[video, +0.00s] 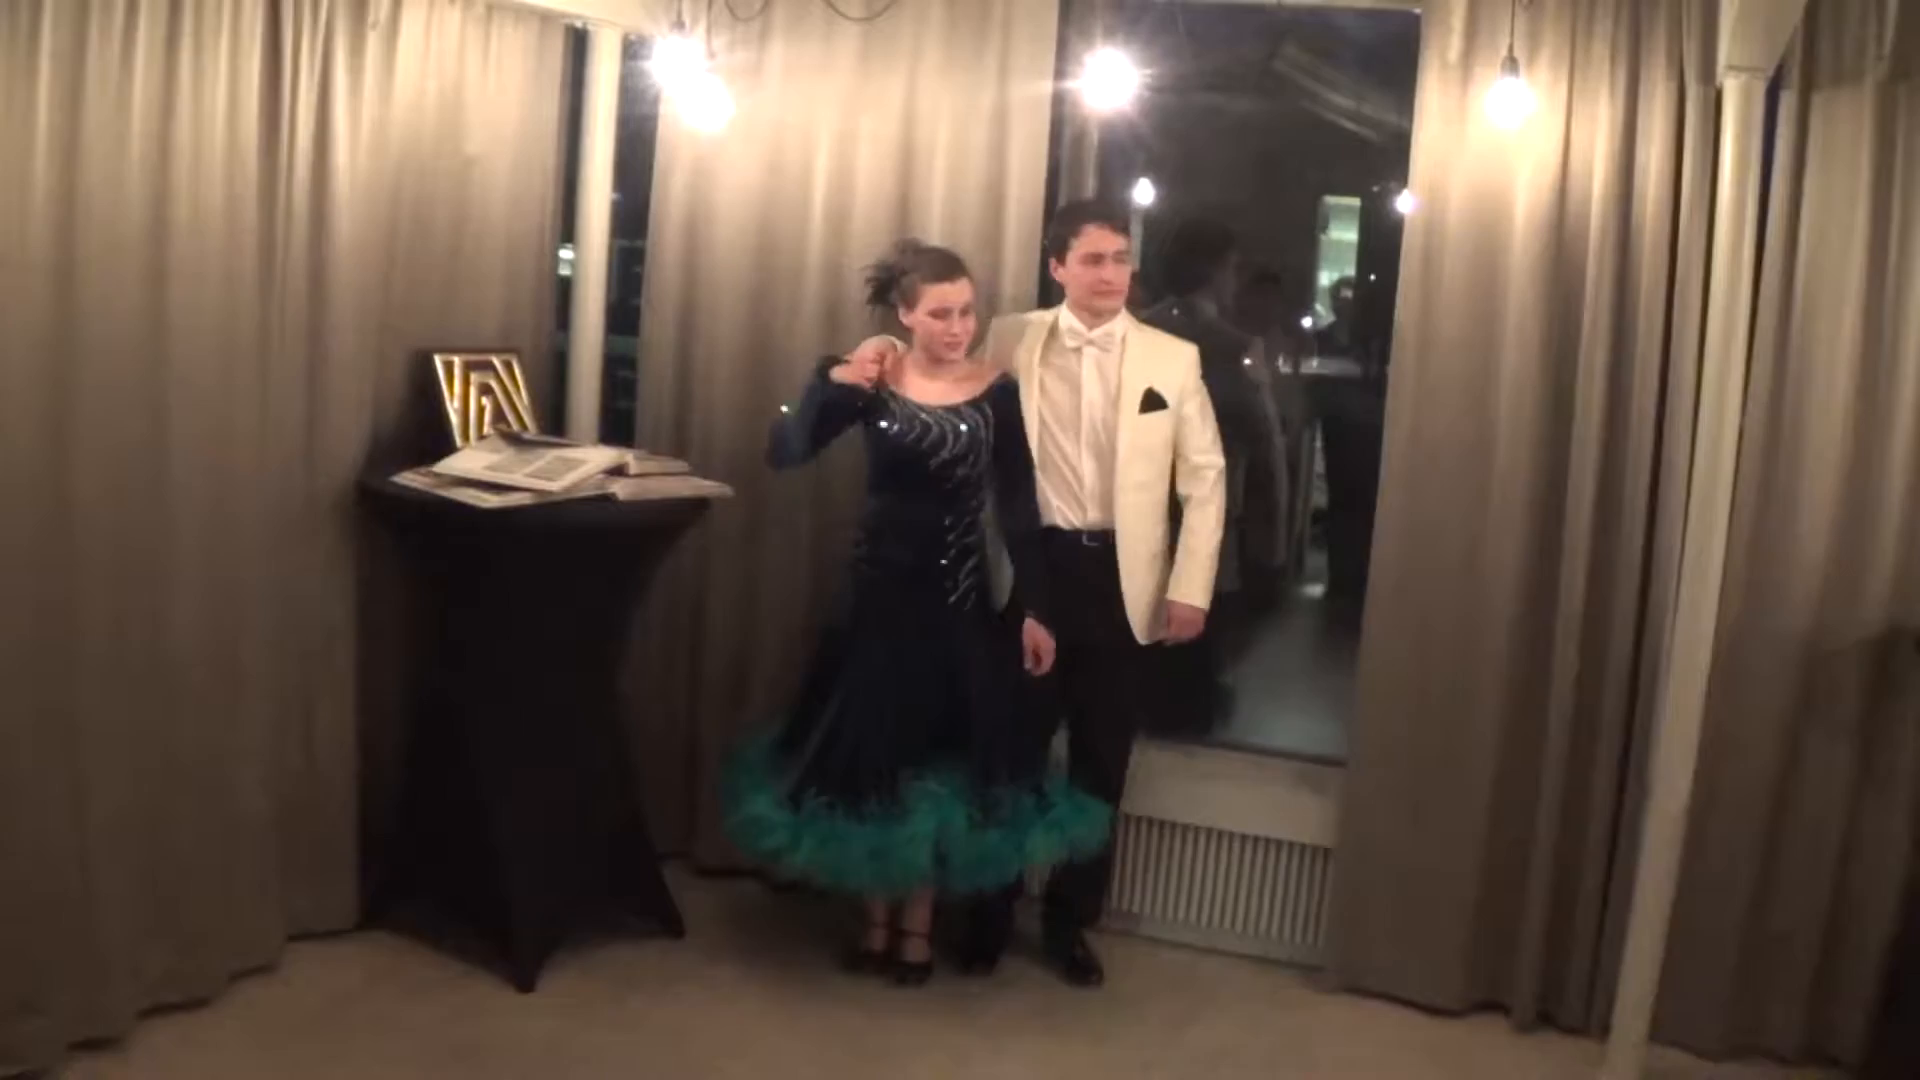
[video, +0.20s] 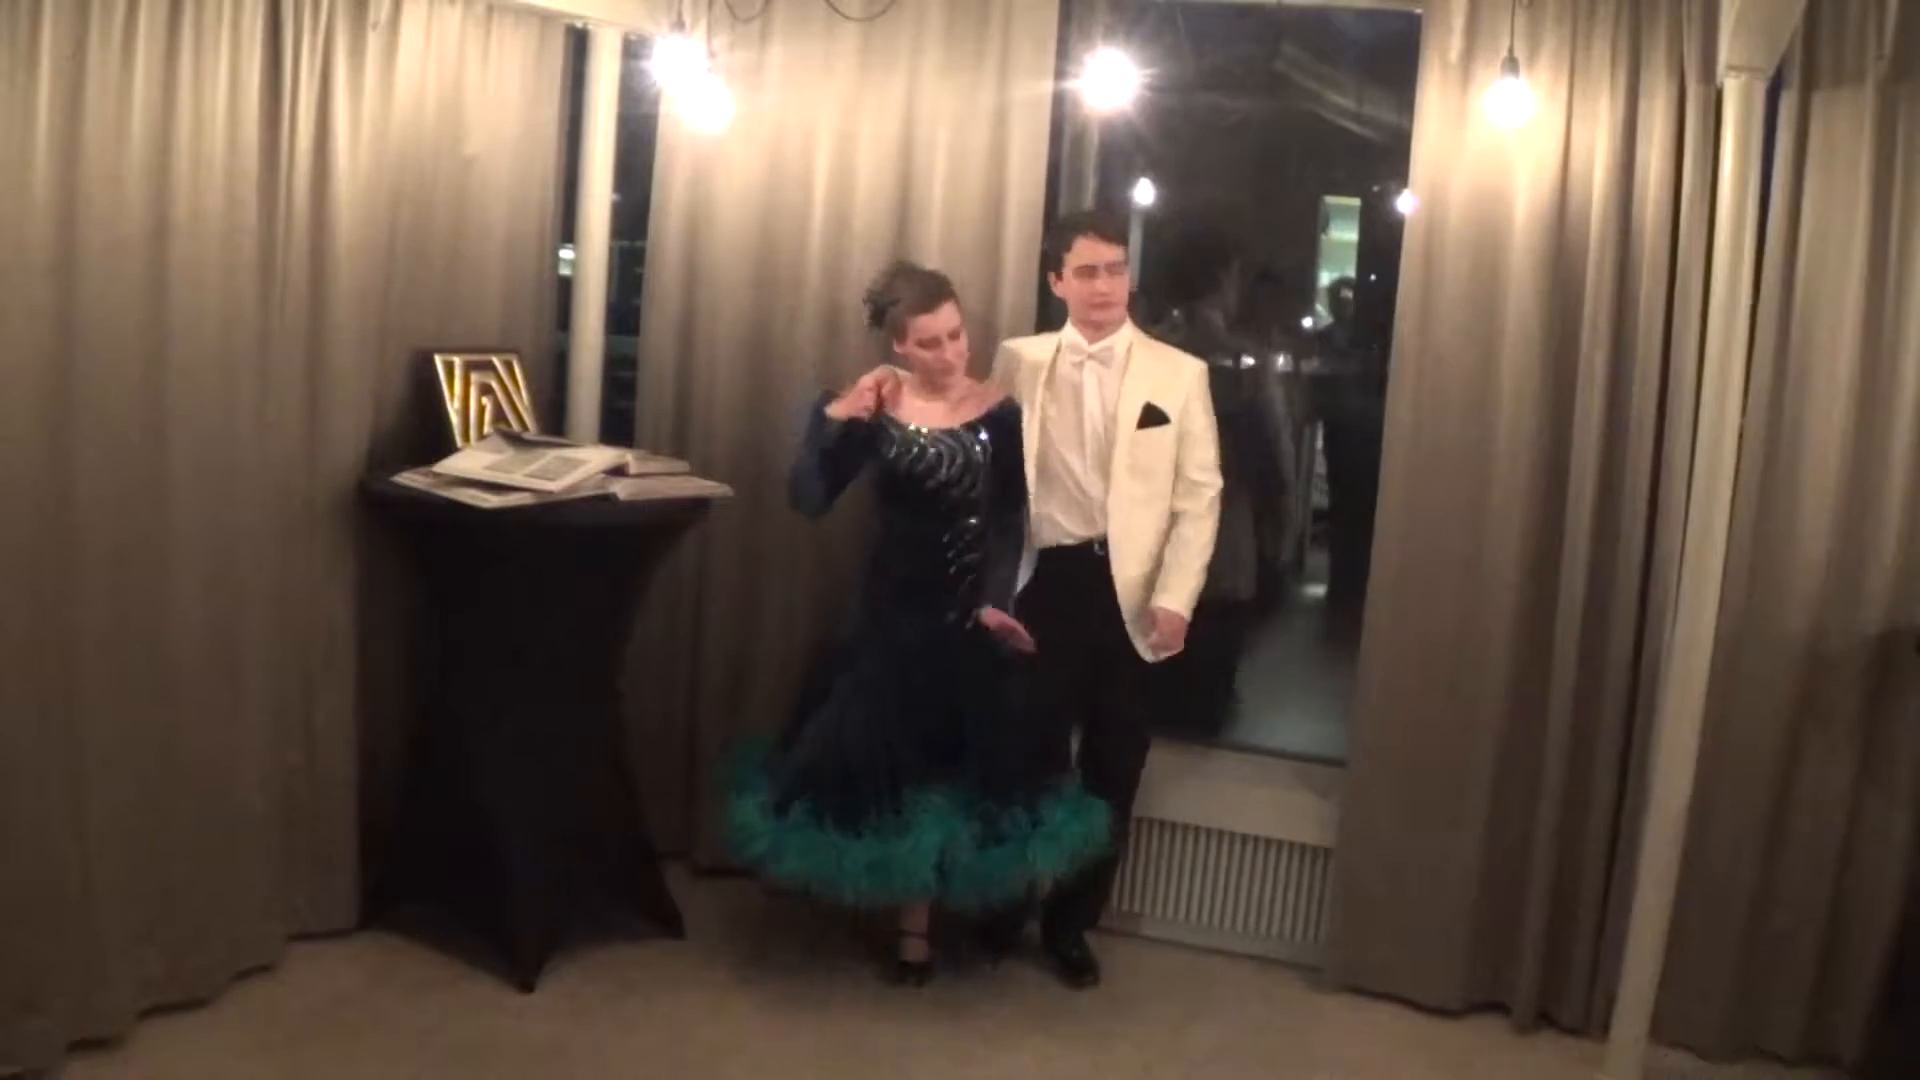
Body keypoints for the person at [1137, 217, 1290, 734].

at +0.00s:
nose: (1236, 281)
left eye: (1235, 269)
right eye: (1232, 269)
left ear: (1166, 266)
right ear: (1217, 273)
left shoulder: (1134, 332)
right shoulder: (1228, 347)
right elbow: (1263, 450)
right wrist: (1269, 548)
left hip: (1137, 499)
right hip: (1205, 508)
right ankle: (1193, 698)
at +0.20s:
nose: (1241, 284)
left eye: (1239, 273)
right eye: (1237, 273)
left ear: (1171, 275)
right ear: (1221, 277)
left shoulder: (1145, 346)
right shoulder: (1236, 355)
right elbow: (1264, 458)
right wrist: (1275, 526)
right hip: (1220, 514)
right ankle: (1207, 702)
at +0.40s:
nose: (1244, 280)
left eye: (1242, 272)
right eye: (1242, 271)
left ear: (1181, 273)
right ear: (1233, 273)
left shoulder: (1153, 341)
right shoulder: (1265, 347)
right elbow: (1301, 431)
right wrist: (1290, 492)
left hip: (1166, 485)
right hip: (1241, 490)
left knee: (1171, 594)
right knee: (1242, 595)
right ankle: (1217, 683)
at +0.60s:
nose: (1248, 283)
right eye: (1248, 274)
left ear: (1188, 274)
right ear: (1244, 275)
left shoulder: (1160, 341)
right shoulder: (1276, 348)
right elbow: (1317, 429)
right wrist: (1298, 473)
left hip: (1172, 490)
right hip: (1251, 497)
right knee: (1255, 594)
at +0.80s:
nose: (1264, 286)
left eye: (1261, 276)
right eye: (1262, 276)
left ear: (1198, 277)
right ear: (1253, 279)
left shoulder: (1170, 344)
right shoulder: (1281, 351)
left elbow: (1146, 430)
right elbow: (1310, 432)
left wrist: (1148, 490)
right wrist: (1321, 500)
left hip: (1174, 507)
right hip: (1252, 513)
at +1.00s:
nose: (1280, 291)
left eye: (1275, 282)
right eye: (1278, 282)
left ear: (1217, 279)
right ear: (1272, 286)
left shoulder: (1167, 348)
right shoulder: (1287, 364)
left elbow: (1143, 453)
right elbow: (1303, 474)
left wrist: (1142, 538)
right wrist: (1314, 556)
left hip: (1172, 559)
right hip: (1255, 571)